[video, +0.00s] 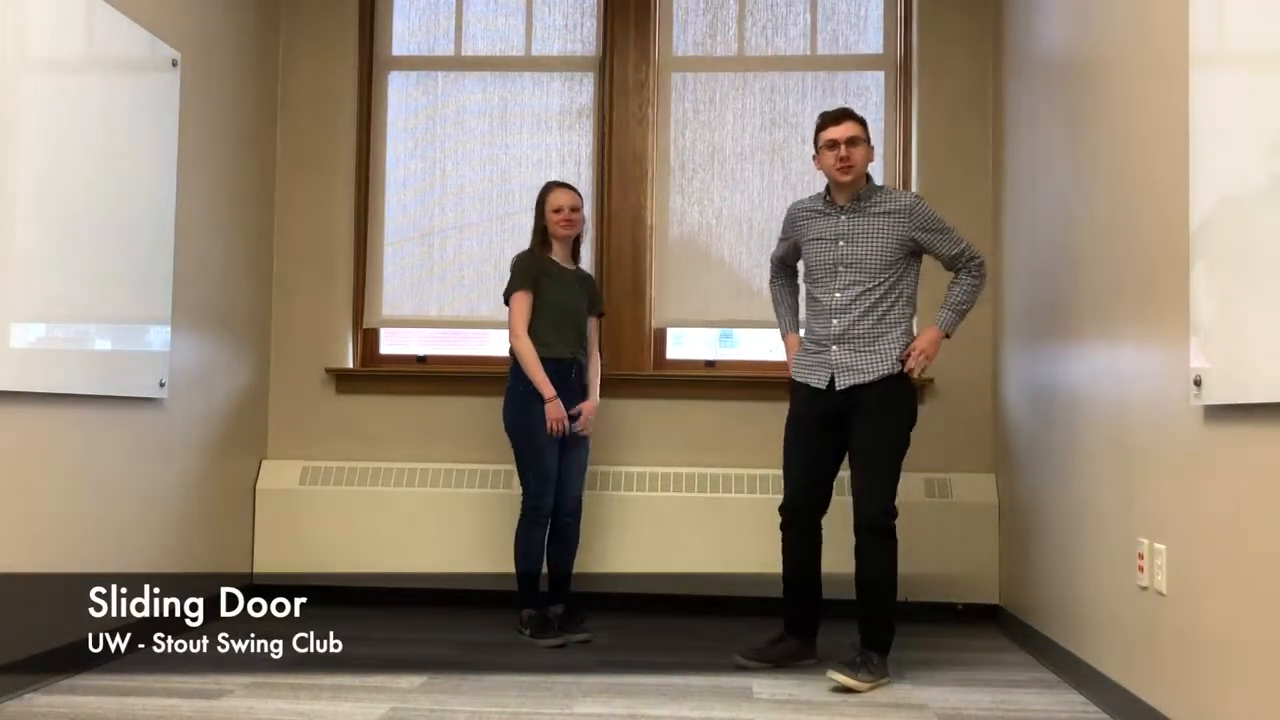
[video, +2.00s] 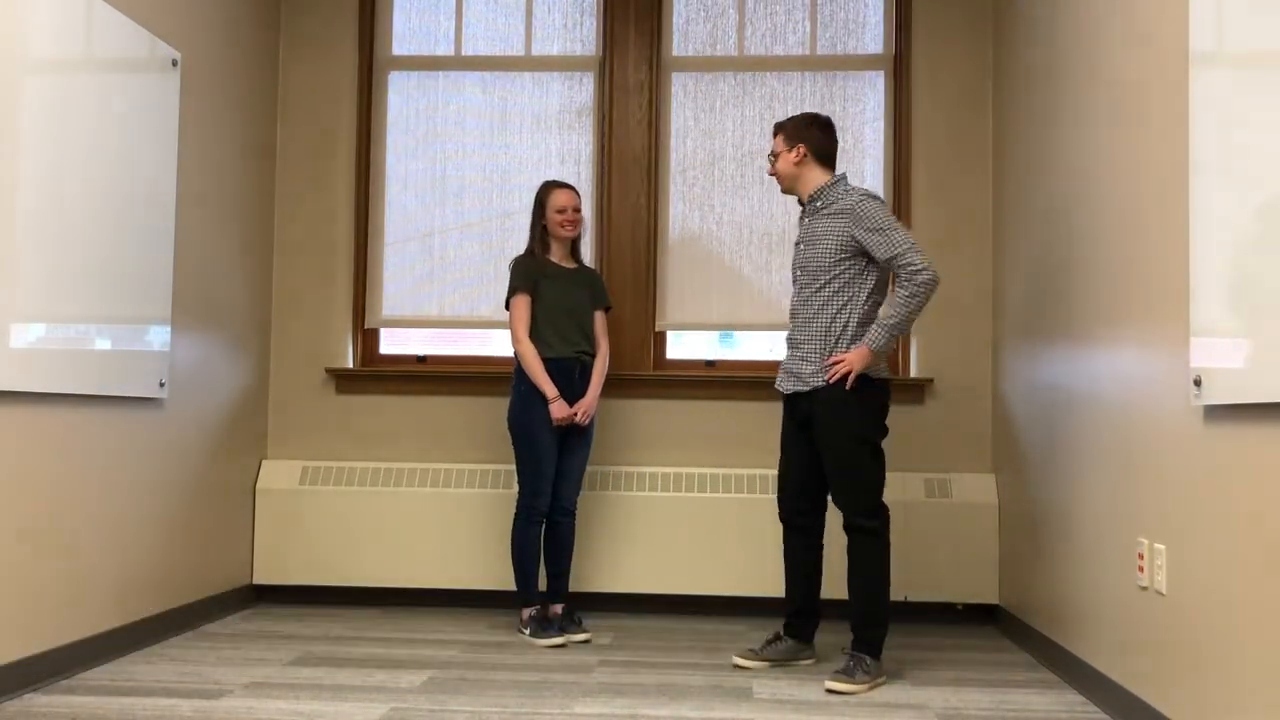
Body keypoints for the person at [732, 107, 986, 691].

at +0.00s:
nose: (843, 153)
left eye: (853, 143)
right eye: (832, 146)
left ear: (870, 152)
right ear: (817, 158)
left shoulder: (904, 211)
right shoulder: (803, 216)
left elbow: (972, 266)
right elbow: (782, 270)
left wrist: (940, 329)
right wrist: (790, 333)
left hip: (881, 385)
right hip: (814, 385)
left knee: (873, 515)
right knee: (798, 510)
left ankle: (873, 652)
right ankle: (798, 637)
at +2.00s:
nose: (770, 166)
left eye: (775, 155)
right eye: (771, 157)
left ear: (799, 153)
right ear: (803, 153)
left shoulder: (853, 205)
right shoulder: (812, 213)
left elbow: (919, 275)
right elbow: (844, 291)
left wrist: (869, 347)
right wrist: (801, 355)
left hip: (848, 392)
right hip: (804, 392)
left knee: (862, 519)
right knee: (800, 515)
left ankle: (866, 653)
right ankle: (796, 637)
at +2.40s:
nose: (771, 167)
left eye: (776, 158)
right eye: (773, 158)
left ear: (799, 160)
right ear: (808, 160)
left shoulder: (833, 211)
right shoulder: (816, 214)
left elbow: (854, 292)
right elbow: (853, 299)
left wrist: (786, 351)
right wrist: (801, 360)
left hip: (846, 385)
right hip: (817, 384)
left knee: (862, 517)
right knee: (792, 505)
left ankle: (867, 653)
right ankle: (788, 626)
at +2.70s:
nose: (757, 176)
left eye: (762, 166)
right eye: (758, 167)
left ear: (784, 168)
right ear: (791, 169)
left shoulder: (809, 227)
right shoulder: (797, 226)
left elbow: (777, 316)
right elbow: (783, 319)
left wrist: (706, 351)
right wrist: (722, 355)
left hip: (814, 388)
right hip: (789, 388)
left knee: (828, 516)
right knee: (770, 506)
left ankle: (859, 653)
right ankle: (779, 626)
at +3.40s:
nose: (730, 179)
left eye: (736, 169)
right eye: (731, 170)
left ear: (762, 172)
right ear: (766, 173)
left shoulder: (776, 225)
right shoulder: (773, 224)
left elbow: (741, 311)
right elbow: (741, 311)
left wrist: (672, 329)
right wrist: (677, 328)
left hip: (770, 383)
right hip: (766, 381)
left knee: (760, 506)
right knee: (763, 504)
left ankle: (778, 631)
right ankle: (773, 626)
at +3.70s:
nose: (715, 177)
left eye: (721, 168)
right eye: (718, 169)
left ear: (745, 169)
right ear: (748, 171)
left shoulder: (767, 232)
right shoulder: (756, 229)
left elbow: (755, 329)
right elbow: (740, 312)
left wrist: (682, 347)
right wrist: (685, 313)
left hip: (762, 381)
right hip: (768, 379)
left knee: (717, 496)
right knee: (773, 501)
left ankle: (741, 631)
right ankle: (782, 622)